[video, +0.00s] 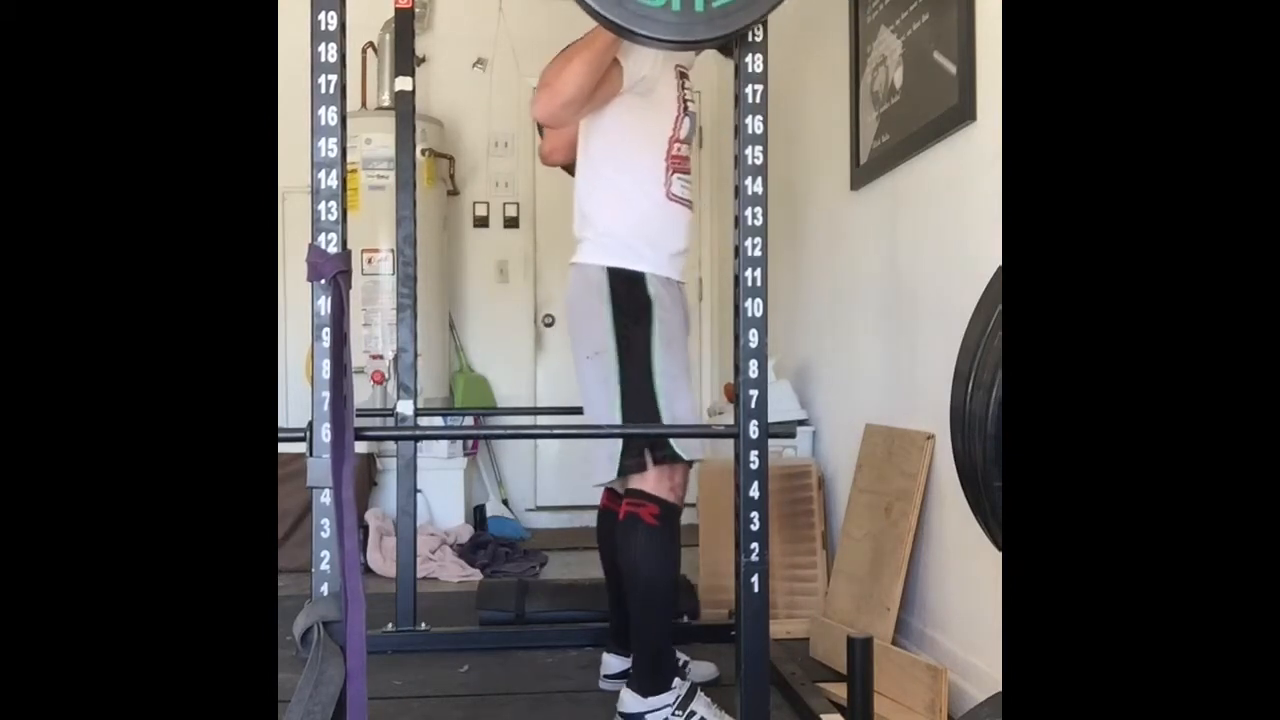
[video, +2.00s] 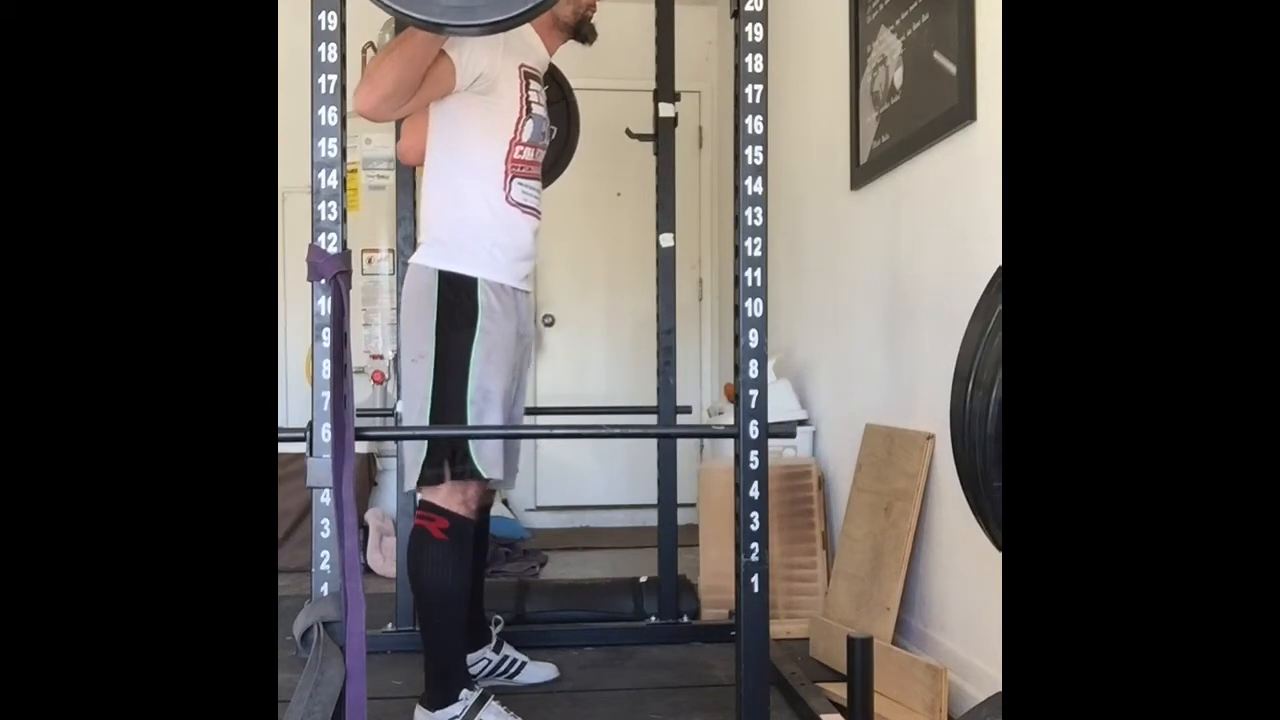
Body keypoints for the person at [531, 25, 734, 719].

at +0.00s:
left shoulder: (665, 55)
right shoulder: (627, 38)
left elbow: (554, 147)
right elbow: (549, 105)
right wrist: (619, 19)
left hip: (646, 279)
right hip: (622, 279)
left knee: (643, 470)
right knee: (659, 470)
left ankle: (629, 649)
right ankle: (653, 689)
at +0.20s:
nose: (700, 27)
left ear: (656, 4)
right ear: (655, 2)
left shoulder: (645, 57)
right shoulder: (611, 40)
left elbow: (535, 148)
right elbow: (528, 106)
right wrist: (596, 20)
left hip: (630, 278)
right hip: (599, 278)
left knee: (633, 472)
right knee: (630, 472)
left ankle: (630, 650)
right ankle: (542, 670)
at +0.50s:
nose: (691, 28)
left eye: (691, 21)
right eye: (686, 18)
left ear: (645, 15)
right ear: (650, 8)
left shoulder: (605, 67)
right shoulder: (569, 42)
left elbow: (493, 148)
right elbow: (462, 99)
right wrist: (544, 17)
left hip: (590, 297)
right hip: (543, 292)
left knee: (623, 474)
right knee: (520, 489)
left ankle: (631, 648)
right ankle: (452, 694)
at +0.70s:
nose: (664, 9)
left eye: (665, 4)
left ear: (629, 5)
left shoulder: (579, 54)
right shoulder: (538, 22)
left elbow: (453, 135)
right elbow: (423, 79)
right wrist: (493, 3)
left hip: (550, 288)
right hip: (501, 283)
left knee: (584, 454)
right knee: (480, 485)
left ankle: (553, 621)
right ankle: (448, 697)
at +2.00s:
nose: (595, 4)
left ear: (568, 9)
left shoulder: (535, 70)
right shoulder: (482, 37)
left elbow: (414, 145)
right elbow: (371, 99)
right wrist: (433, 16)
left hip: (503, 292)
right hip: (456, 286)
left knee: (481, 482)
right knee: (452, 487)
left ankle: (475, 649)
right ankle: (444, 696)